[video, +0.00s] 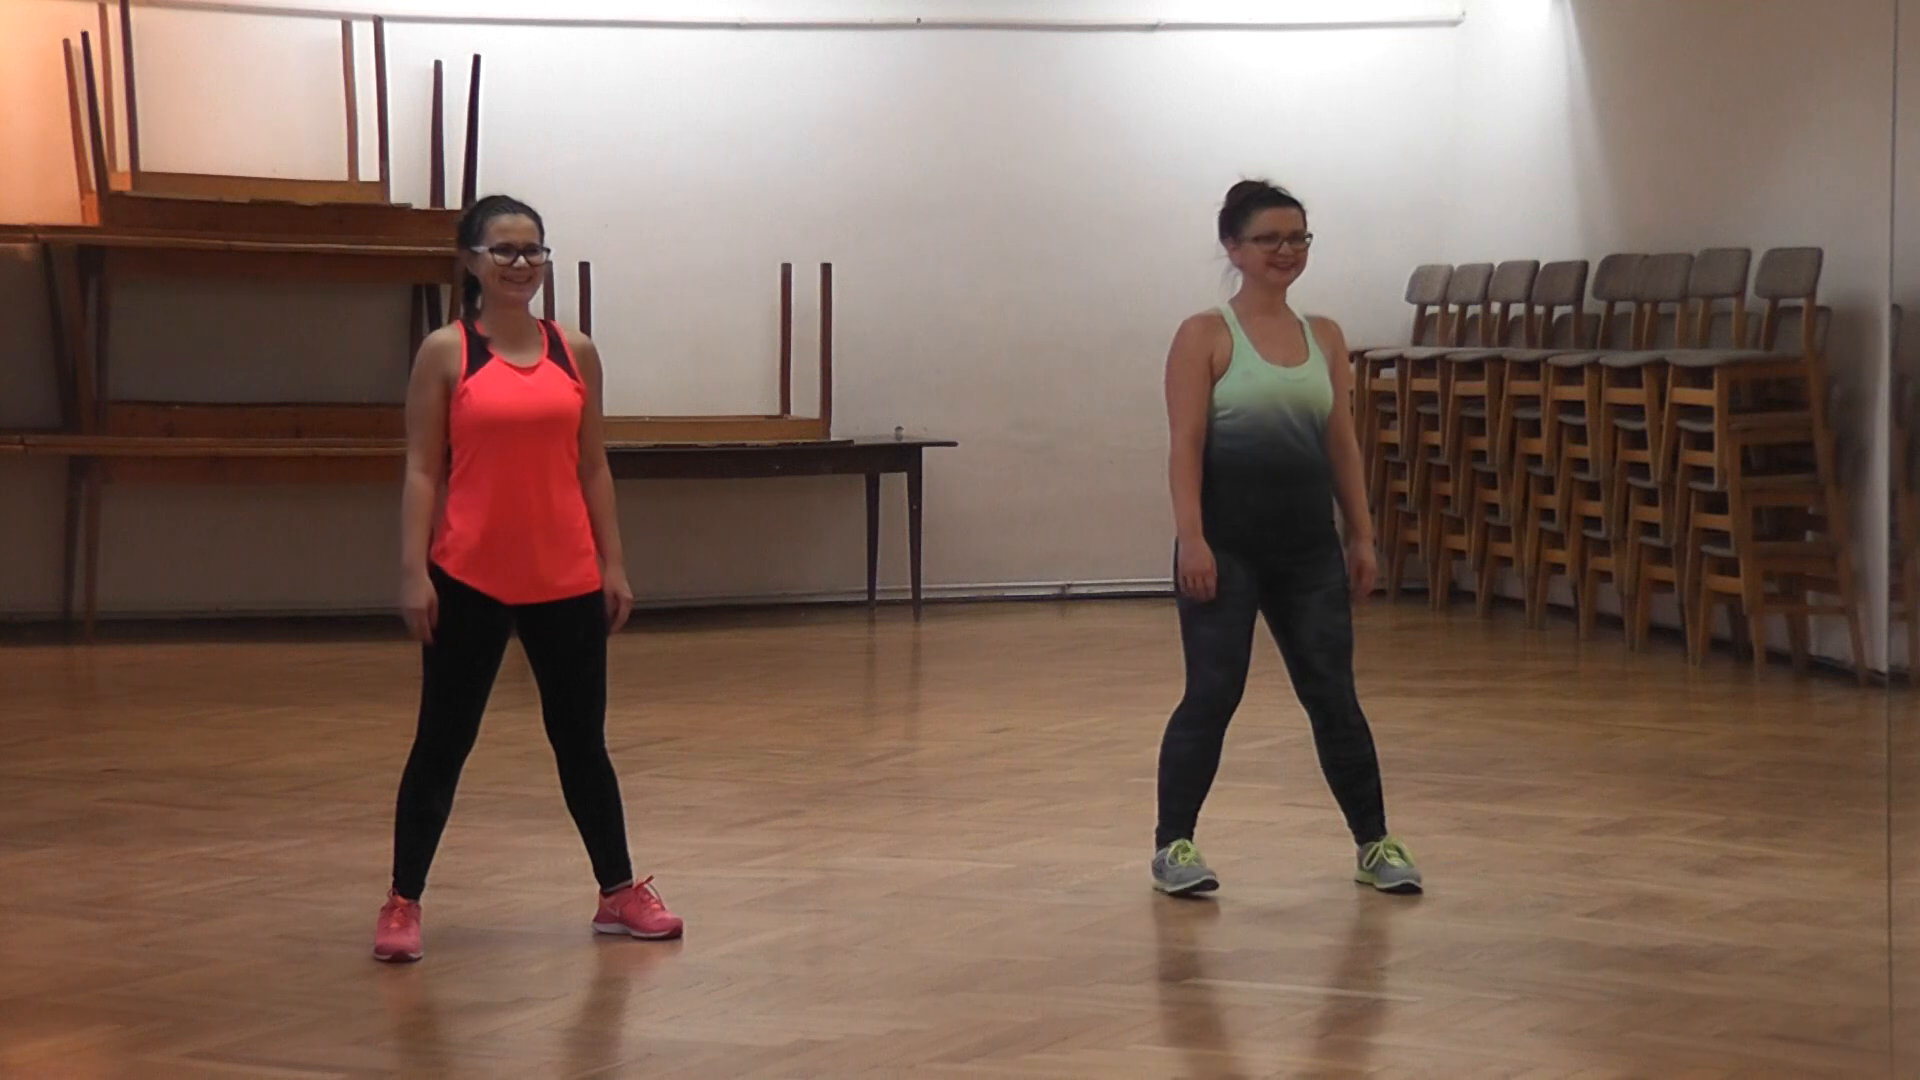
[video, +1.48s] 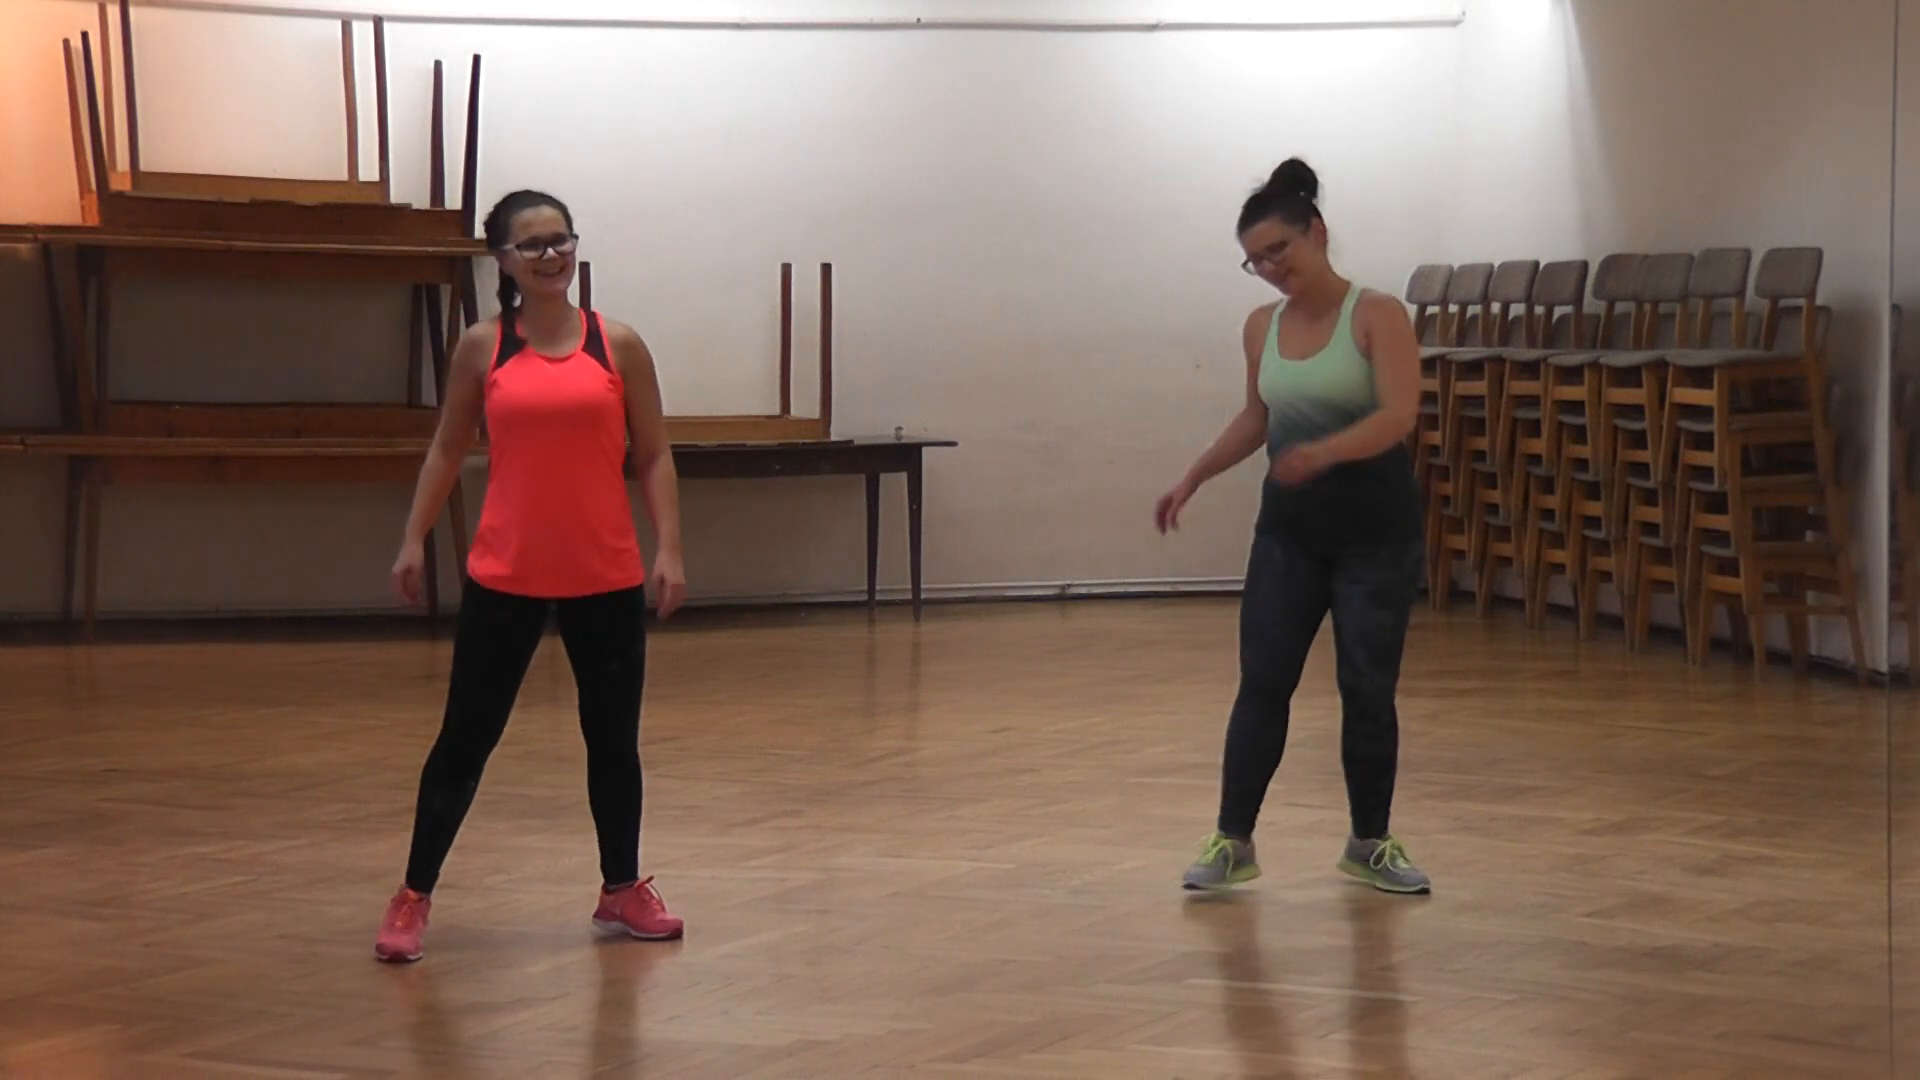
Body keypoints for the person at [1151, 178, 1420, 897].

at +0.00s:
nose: (1288, 251)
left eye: (1298, 239)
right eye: (1270, 240)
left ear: (1308, 244)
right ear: (1234, 247)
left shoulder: (1325, 336)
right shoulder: (1203, 336)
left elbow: (1342, 445)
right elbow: (1186, 445)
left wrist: (1362, 535)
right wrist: (1190, 537)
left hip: (1309, 547)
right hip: (1224, 550)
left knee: (1334, 696)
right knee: (1211, 697)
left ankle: (1374, 844)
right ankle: (1174, 845)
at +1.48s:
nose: (1270, 269)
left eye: (1278, 250)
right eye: (1256, 260)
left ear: (1318, 231)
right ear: (1251, 262)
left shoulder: (1381, 317)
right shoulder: (1263, 327)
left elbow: (1400, 416)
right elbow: (1257, 417)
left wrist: (1322, 451)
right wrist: (1193, 476)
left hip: (1375, 530)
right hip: (1288, 529)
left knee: (1368, 691)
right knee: (1262, 684)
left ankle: (1369, 842)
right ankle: (1233, 840)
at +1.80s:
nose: (1230, 285)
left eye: (1241, 269)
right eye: (1219, 273)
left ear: (1282, 256)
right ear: (1211, 270)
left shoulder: (1326, 341)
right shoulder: (1217, 348)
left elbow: (1347, 450)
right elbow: (1218, 444)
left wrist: (1275, 524)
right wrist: (1156, 505)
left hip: (1331, 548)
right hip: (1248, 547)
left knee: (1341, 693)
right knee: (1245, 704)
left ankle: (1409, 835)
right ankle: (1294, 846)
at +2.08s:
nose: (1167, 279)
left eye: (1180, 263)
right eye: (1154, 265)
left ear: (1218, 249)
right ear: (1143, 259)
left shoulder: (1269, 333)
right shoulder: (1143, 333)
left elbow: (1342, 414)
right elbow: (1097, 416)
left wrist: (1403, 494)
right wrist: (1067, 398)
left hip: (1259, 535)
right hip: (1187, 542)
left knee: (1211, 671)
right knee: (1248, 690)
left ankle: (1165, 846)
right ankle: (1293, 841)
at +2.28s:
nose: (1135, 274)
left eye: (1150, 259)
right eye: (1121, 262)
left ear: (1175, 261)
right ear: (1101, 268)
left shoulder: (1212, 350)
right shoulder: (1087, 353)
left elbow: (1275, 444)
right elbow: (1053, 444)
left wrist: (1341, 519)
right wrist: (1018, 442)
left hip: (1189, 549)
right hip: (1114, 554)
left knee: (1128, 693)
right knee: (1163, 703)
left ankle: (1110, 866)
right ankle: (1265, 822)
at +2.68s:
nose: (1034, 249)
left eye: (1046, 235)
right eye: (1017, 236)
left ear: (1062, 242)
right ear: (986, 244)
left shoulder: (1083, 335)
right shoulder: (946, 328)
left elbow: (1105, 436)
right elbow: (899, 427)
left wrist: (1047, 476)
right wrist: (887, 507)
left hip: (1050, 545)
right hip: (960, 545)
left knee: (1071, 707)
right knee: (953, 711)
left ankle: (1106, 867)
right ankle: (915, 877)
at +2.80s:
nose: (999, 260)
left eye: (1012, 247)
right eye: (982, 248)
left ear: (1026, 253)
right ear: (950, 256)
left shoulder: (1036, 343)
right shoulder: (924, 336)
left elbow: (1058, 446)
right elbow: (851, 427)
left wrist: (1017, 458)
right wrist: (855, 519)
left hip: (997, 551)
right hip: (919, 549)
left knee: (1050, 691)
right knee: (939, 708)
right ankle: (912, 879)